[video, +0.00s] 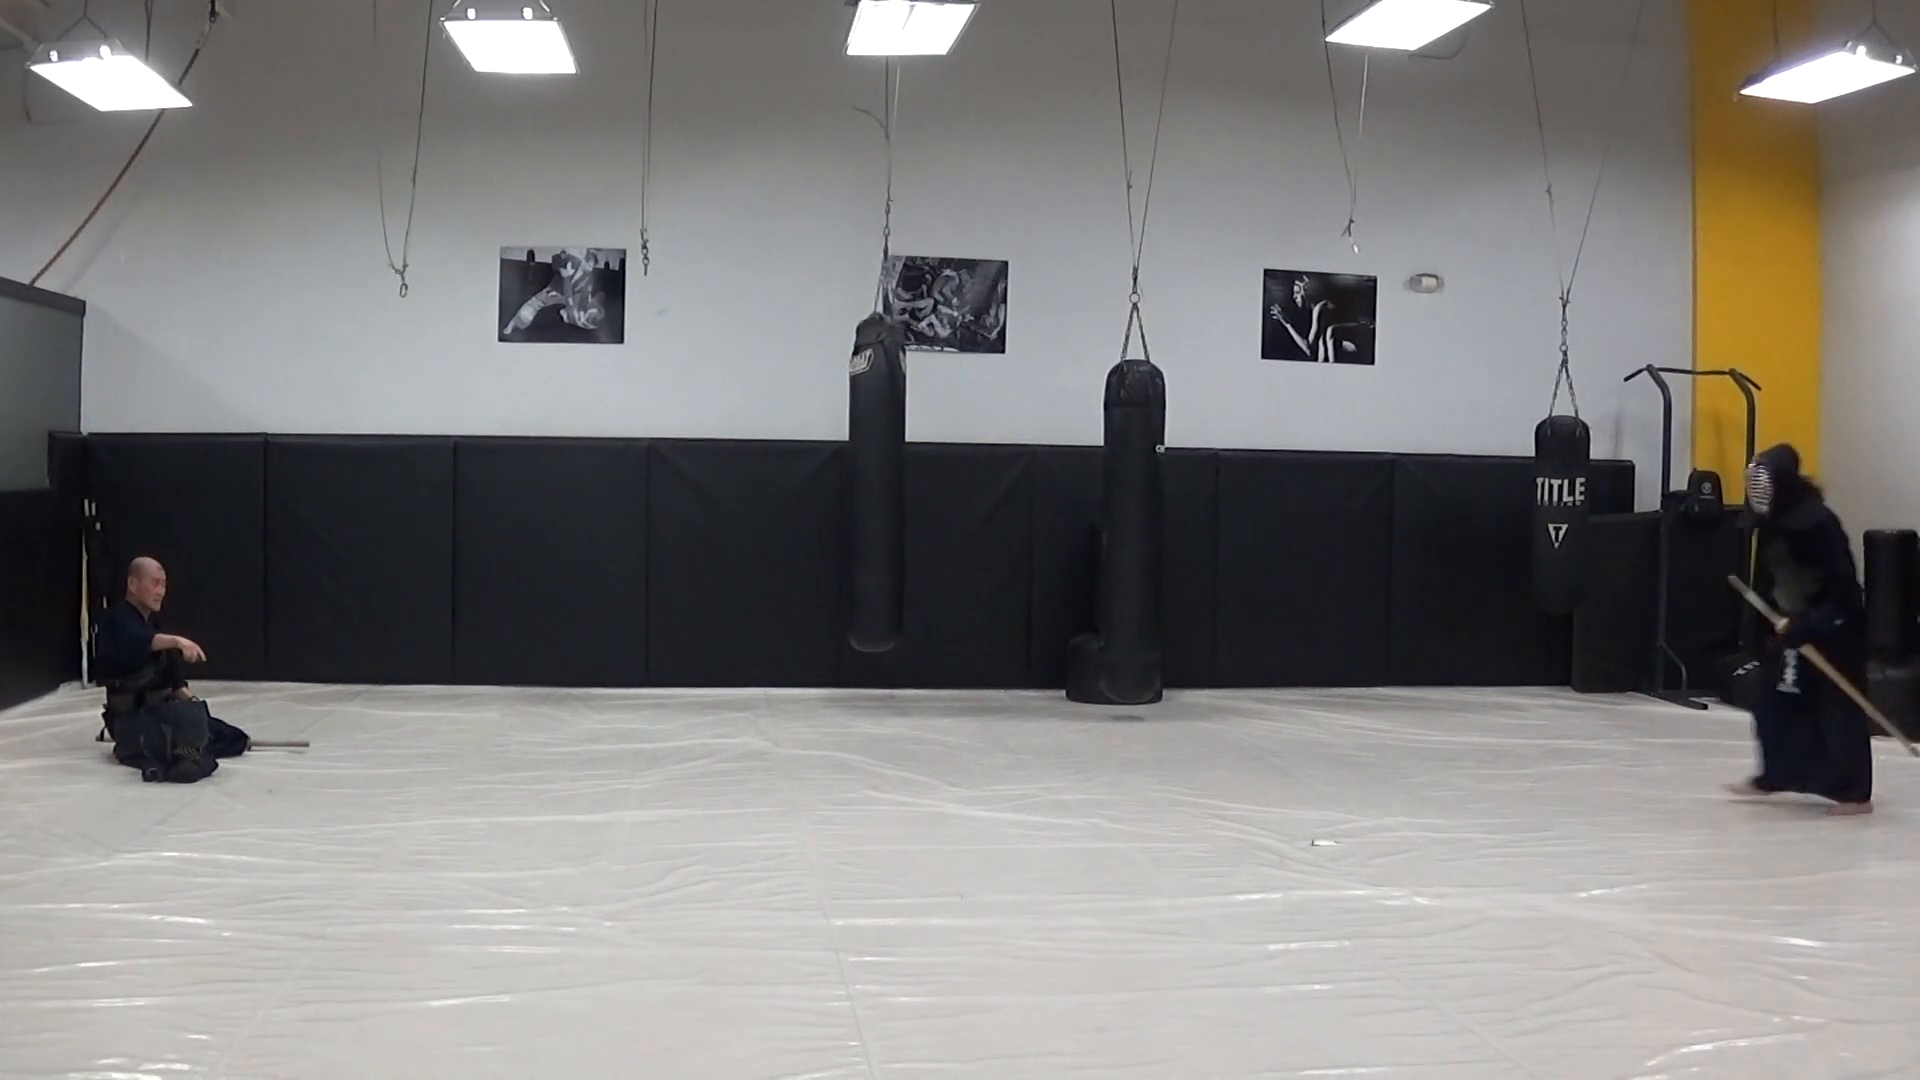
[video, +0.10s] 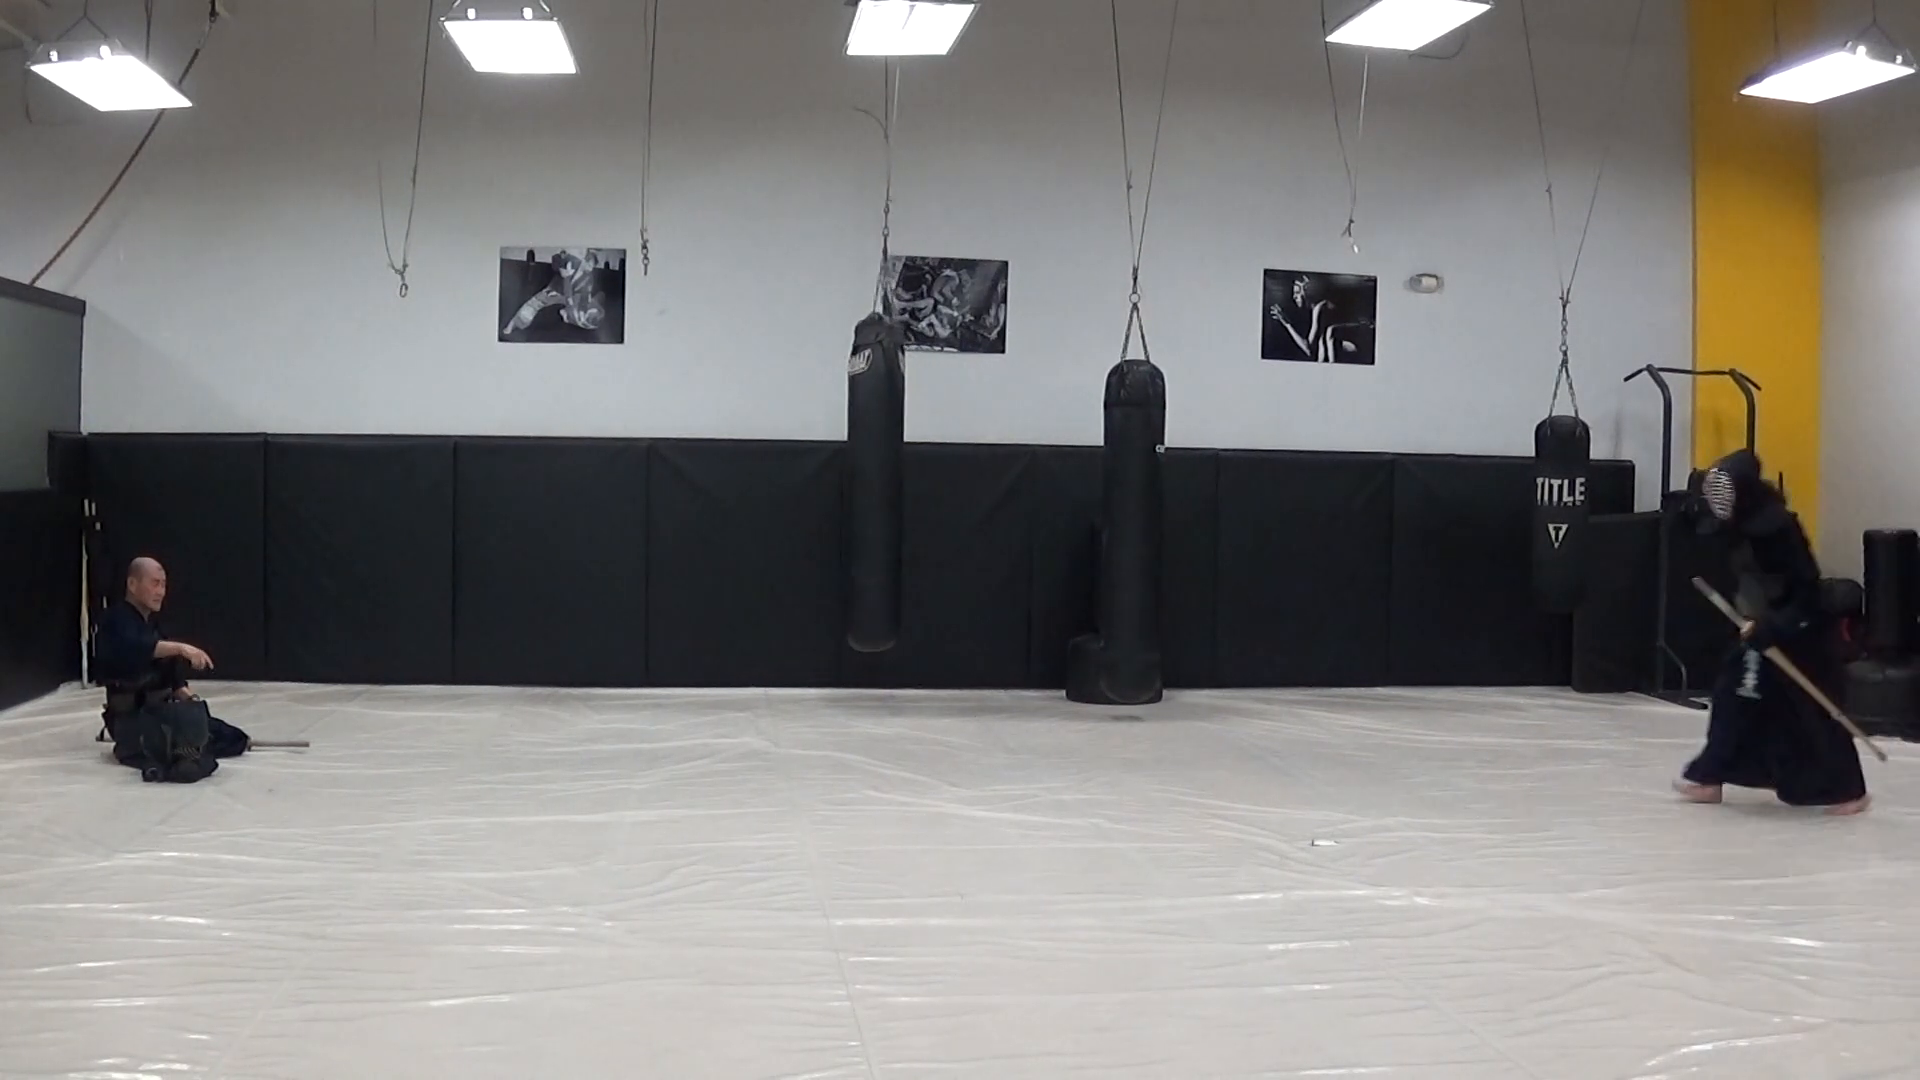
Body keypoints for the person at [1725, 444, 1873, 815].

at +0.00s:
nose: (1757, 488)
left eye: (1764, 481)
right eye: (1754, 480)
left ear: (1783, 483)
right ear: (1753, 481)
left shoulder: (1817, 522)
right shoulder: (1769, 521)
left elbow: (1844, 590)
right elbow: (1767, 582)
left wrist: (1804, 624)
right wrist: (1759, 631)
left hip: (1834, 626)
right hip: (1789, 625)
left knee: (1838, 705)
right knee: (1775, 699)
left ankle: (1854, 793)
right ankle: (1777, 774)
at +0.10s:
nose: (1716, 508)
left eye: (1721, 500)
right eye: (1713, 500)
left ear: (1740, 495)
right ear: (1721, 493)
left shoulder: (1778, 525)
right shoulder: (1740, 522)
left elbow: (1808, 591)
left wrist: (1770, 626)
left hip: (1801, 626)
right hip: (1760, 624)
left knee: (1815, 703)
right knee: (1731, 696)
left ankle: (1848, 789)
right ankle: (1708, 778)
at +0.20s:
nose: (1678, 504)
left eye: (1683, 496)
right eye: (1675, 495)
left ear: (1703, 495)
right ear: (1677, 493)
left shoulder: (1735, 526)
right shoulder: (1691, 526)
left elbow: (1770, 593)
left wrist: (1735, 632)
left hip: (1758, 626)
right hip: (1717, 626)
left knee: (1758, 707)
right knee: (1705, 701)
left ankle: (1824, 770)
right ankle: (1701, 783)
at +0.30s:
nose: (1638, 509)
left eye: (1644, 499)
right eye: (1634, 500)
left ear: (1665, 498)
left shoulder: (1703, 528)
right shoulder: (1650, 536)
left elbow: (1737, 590)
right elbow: (1641, 587)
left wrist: (1707, 631)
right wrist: (1628, 622)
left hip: (1713, 628)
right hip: (1680, 629)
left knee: (1675, 706)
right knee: (1674, 705)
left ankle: (1741, 765)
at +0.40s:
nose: (1593, 500)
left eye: (1600, 492)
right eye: (1590, 492)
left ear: (1621, 492)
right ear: (1588, 492)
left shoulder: (1658, 527)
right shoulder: (1603, 534)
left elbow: (1705, 585)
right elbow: (1582, 581)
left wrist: (1677, 625)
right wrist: (1558, 619)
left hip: (1682, 626)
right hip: (1653, 626)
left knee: (1624, 696)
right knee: (1664, 701)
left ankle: (1642, 784)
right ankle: (1690, 780)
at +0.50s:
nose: (1551, 504)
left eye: (1558, 495)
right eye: (1547, 494)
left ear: (1580, 494)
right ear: (1545, 491)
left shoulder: (1618, 529)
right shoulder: (1558, 529)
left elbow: (1661, 587)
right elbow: (1539, 572)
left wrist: (1632, 625)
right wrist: (1528, 600)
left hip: (1625, 628)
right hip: (1595, 625)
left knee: (1582, 697)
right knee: (1635, 698)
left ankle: (1556, 792)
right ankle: (1683, 761)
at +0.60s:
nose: (1509, 507)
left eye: (1515, 498)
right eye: (1504, 499)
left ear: (1534, 496)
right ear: (1503, 498)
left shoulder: (1568, 533)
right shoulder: (1513, 533)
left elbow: (1605, 598)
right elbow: (1504, 578)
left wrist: (1571, 638)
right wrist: (1494, 609)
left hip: (1575, 633)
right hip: (1541, 631)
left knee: (1549, 709)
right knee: (1552, 705)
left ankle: (1554, 797)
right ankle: (1620, 741)